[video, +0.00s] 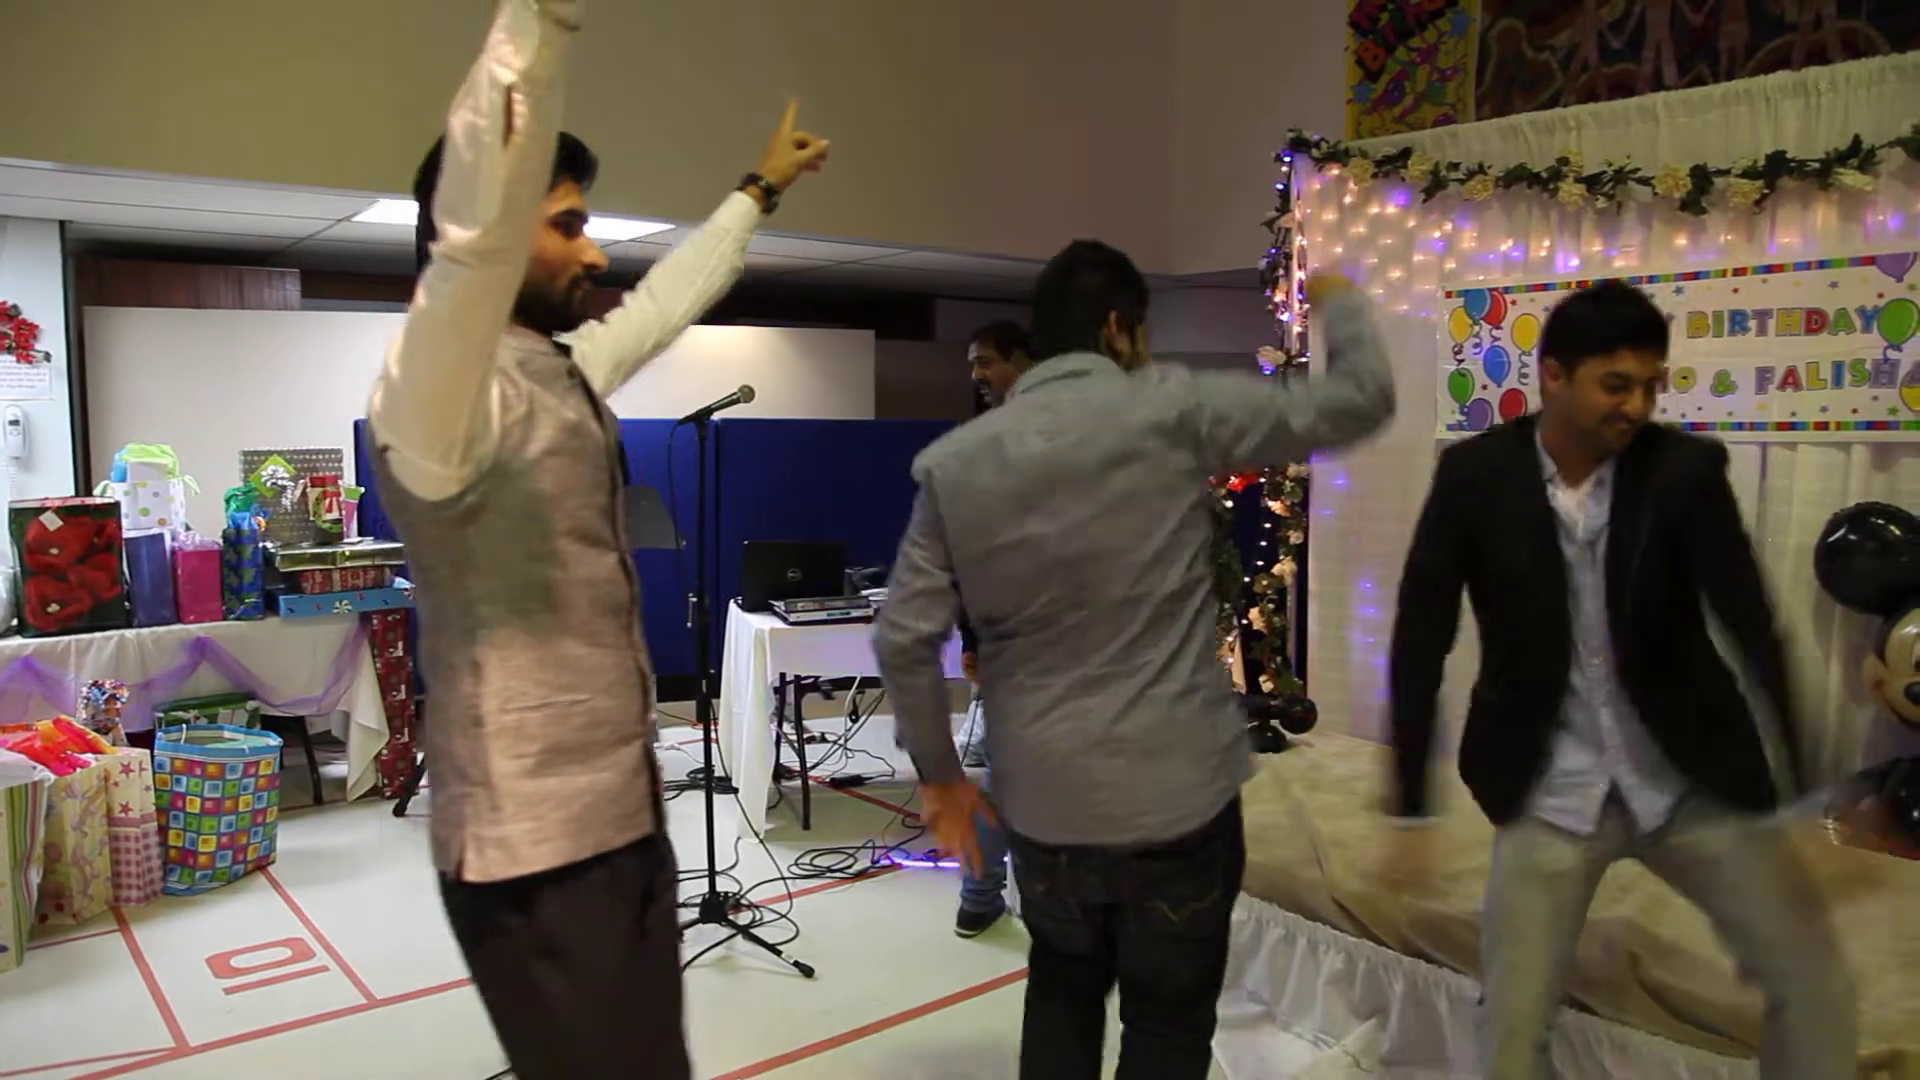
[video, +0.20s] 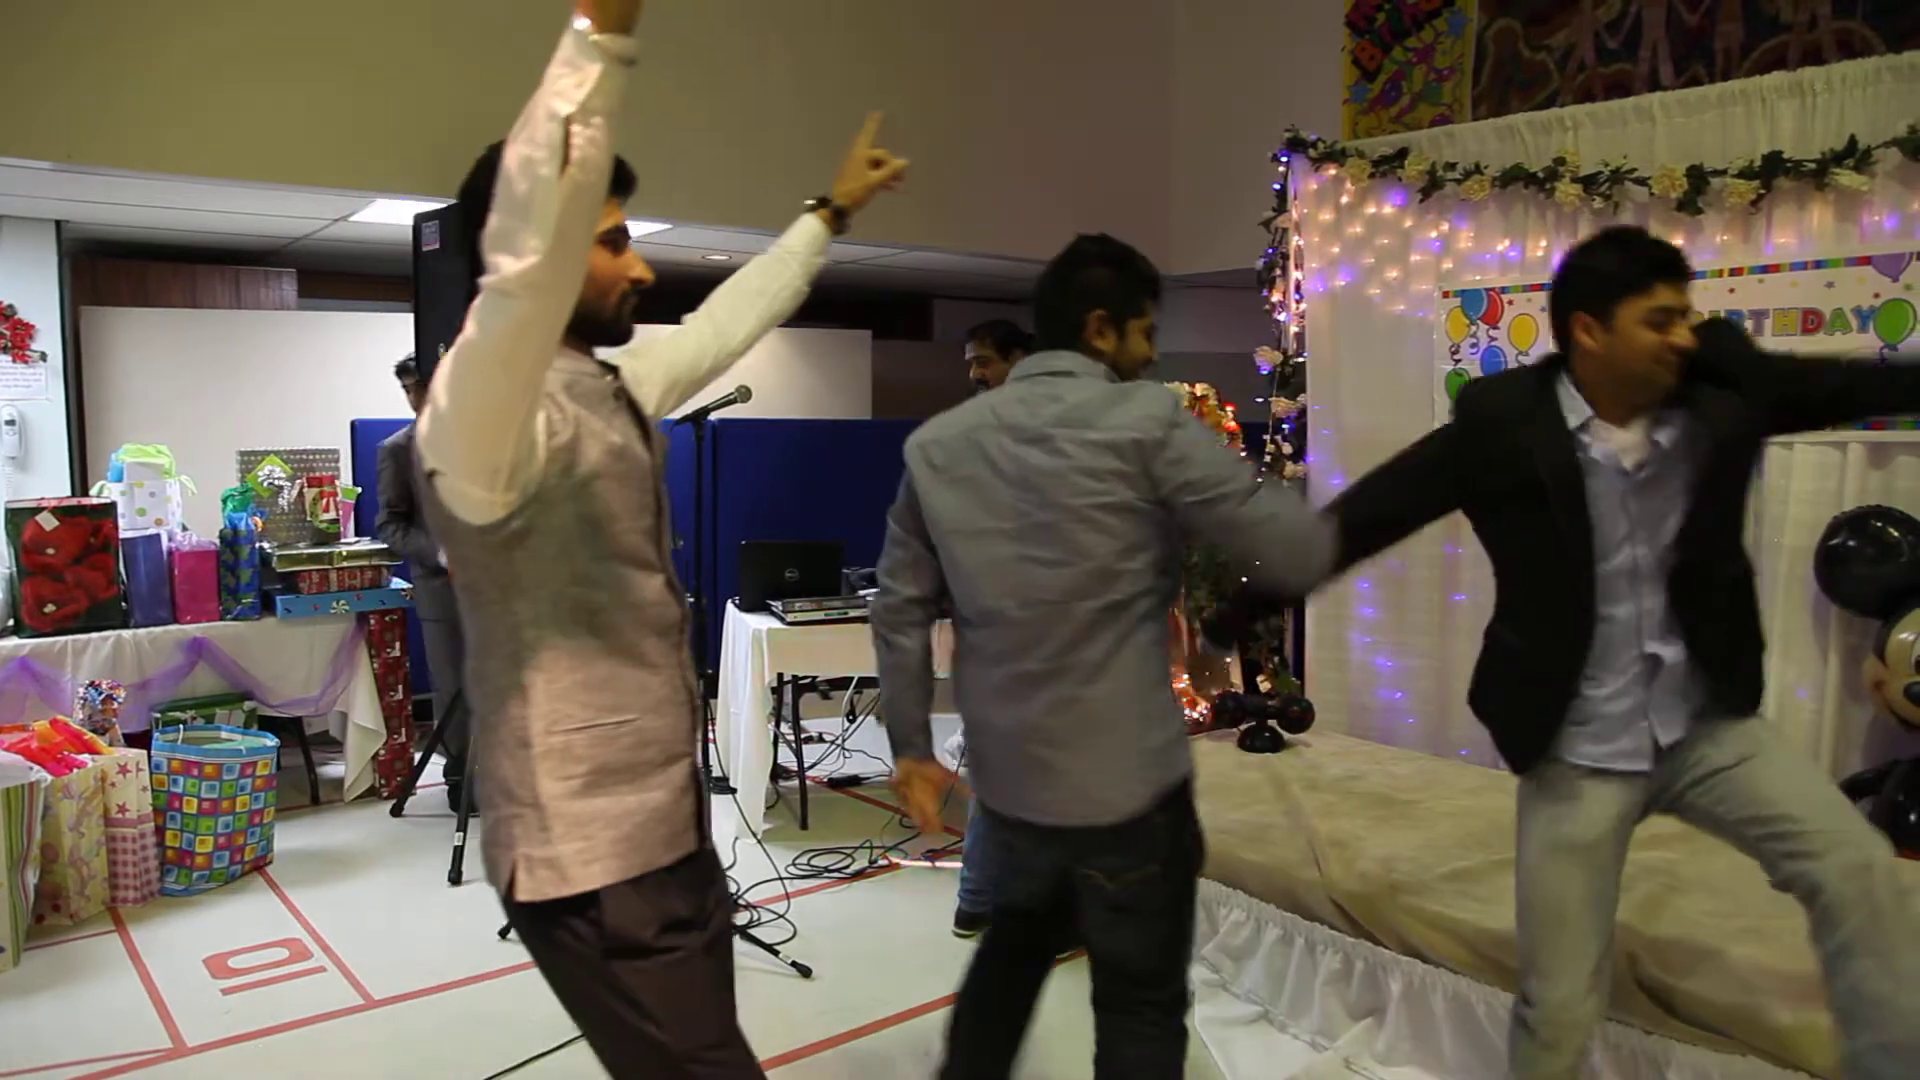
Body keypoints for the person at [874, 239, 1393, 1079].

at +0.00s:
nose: (1148, 342)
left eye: (1146, 327)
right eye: (1144, 326)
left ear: (1032, 335)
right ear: (1116, 326)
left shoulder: (956, 465)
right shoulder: (1172, 407)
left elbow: (904, 636)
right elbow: (1359, 399)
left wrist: (939, 775)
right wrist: (1341, 304)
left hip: (1041, 804)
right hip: (1177, 801)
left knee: (1062, 992)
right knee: (1169, 1026)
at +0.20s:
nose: (1152, 352)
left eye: (1151, 332)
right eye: (1146, 331)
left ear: (1053, 326)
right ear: (1103, 326)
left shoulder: (938, 444)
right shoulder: (1145, 420)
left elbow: (899, 612)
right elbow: (1294, 551)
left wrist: (911, 752)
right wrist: (1279, 493)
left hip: (1008, 789)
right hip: (1131, 792)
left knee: (1010, 953)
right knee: (1141, 1014)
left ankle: (963, 1075)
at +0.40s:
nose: (1116, 357)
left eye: (1116, 339)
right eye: (1101, 339)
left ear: (1031, 342)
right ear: (1042, 341)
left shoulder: (926, 448)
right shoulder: (1061, 448)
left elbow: (892, 599)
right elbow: (1108, 631)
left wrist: (903, 714)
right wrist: (1218, 623)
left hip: (952, 777)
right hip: (1047, 780)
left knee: (983, 940)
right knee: (1102, 987)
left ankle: (923, 1074)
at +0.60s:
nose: (1053, 339)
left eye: (1055, 322)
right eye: (1031, 323)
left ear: (1050, 326)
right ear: (970, 335)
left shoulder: (1003, 430)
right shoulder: (950, 438)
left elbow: (1001, 610)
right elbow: (960, 625)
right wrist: (1075, 756)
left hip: (991, 744)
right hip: (953, 747)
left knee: (969, 935)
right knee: (1056, 930)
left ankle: (923, 1072)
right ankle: (995, 1070)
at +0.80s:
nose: (990, 337)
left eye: (994, 322)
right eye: (968, 323)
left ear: (1001, 328)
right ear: (913, 337)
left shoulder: (1003, 435)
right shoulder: (864, 449)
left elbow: (1054, 552)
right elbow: (860, 633)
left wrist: (1109, 652)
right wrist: (887, 804)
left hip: (1006, 750)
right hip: (920, 764)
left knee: (997, 950)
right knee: (945, 954)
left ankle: (935, 1069)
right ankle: (847, 1061)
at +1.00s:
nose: (932, 337)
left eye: (939, 322)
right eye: (910, 321)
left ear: (946, 336)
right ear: (858, 337)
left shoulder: (989, 445)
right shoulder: (822, 448)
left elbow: (1066, 568)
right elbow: (795, 595)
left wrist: (1118, 694)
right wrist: (816, 735)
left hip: (966, 742)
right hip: (856, 748)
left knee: (974, 938)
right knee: (849, 946)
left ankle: (928, 1066)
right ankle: (855, 1062)